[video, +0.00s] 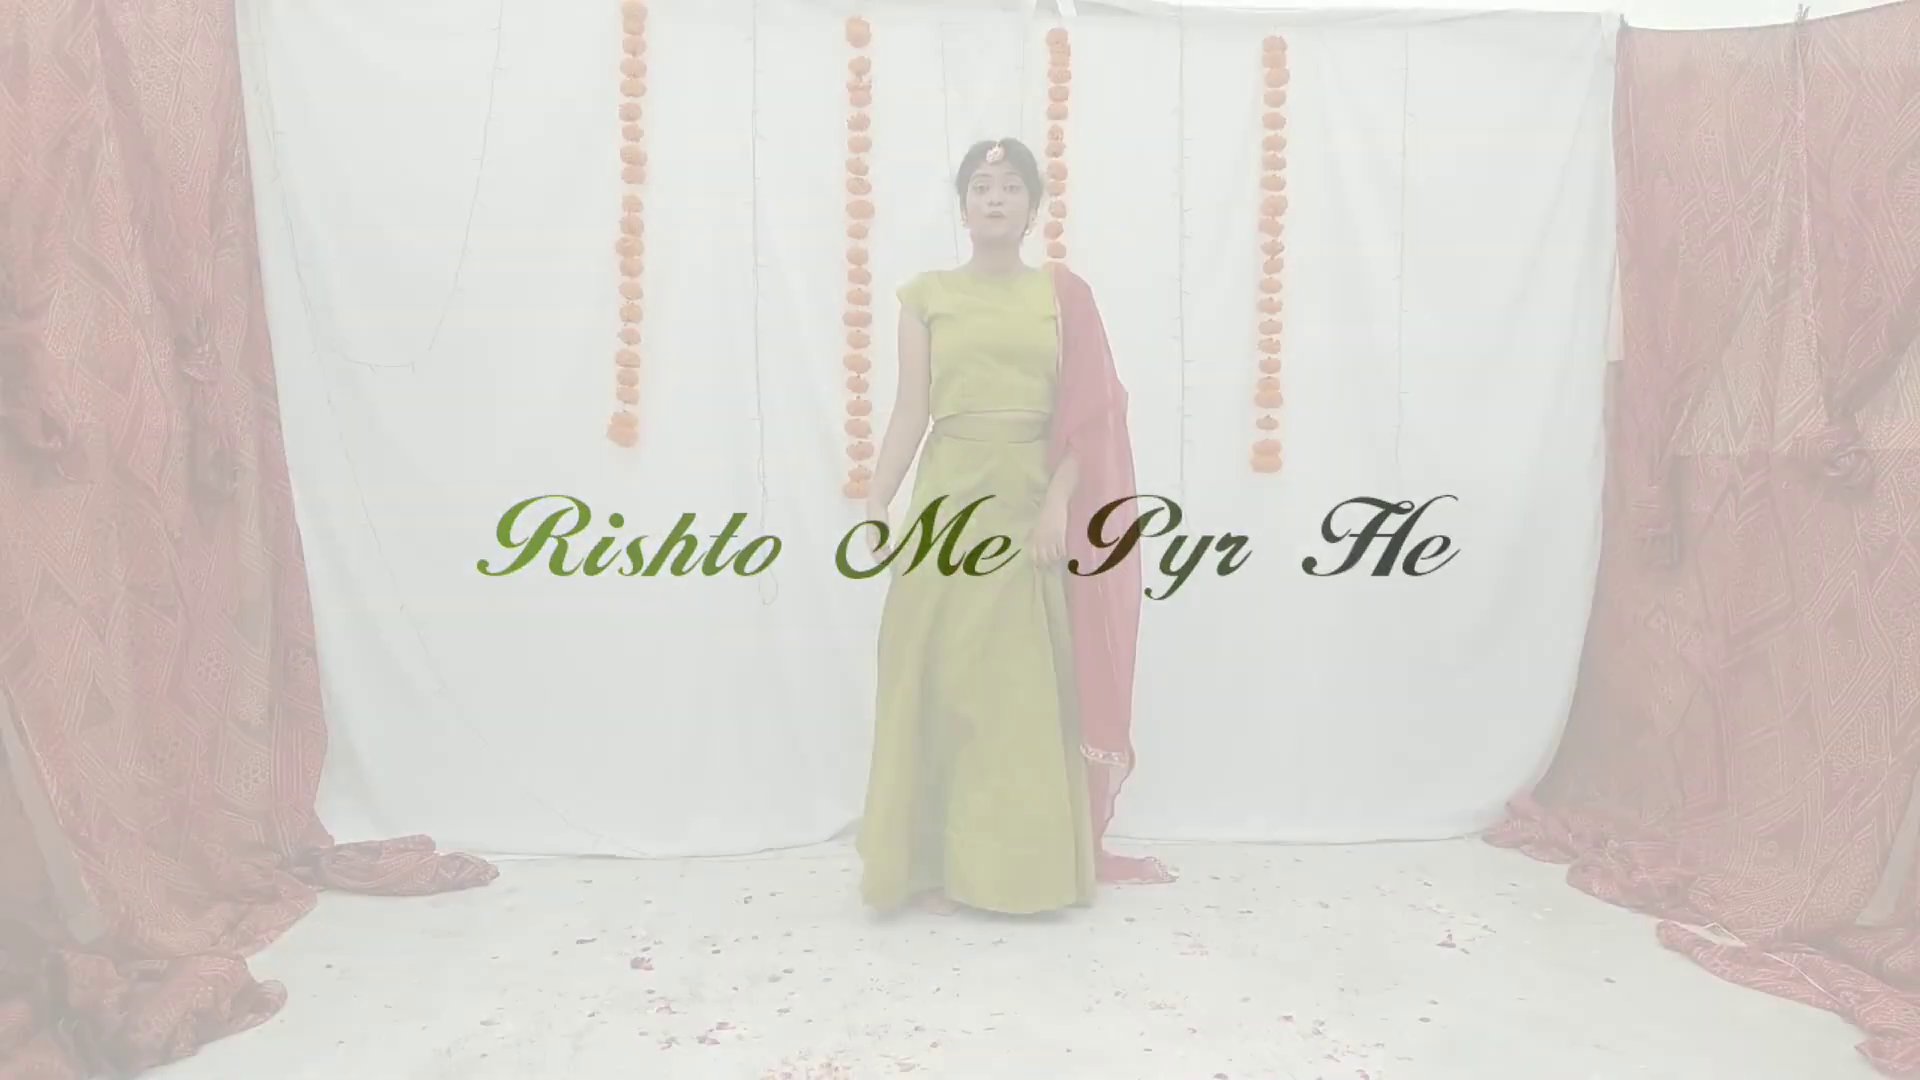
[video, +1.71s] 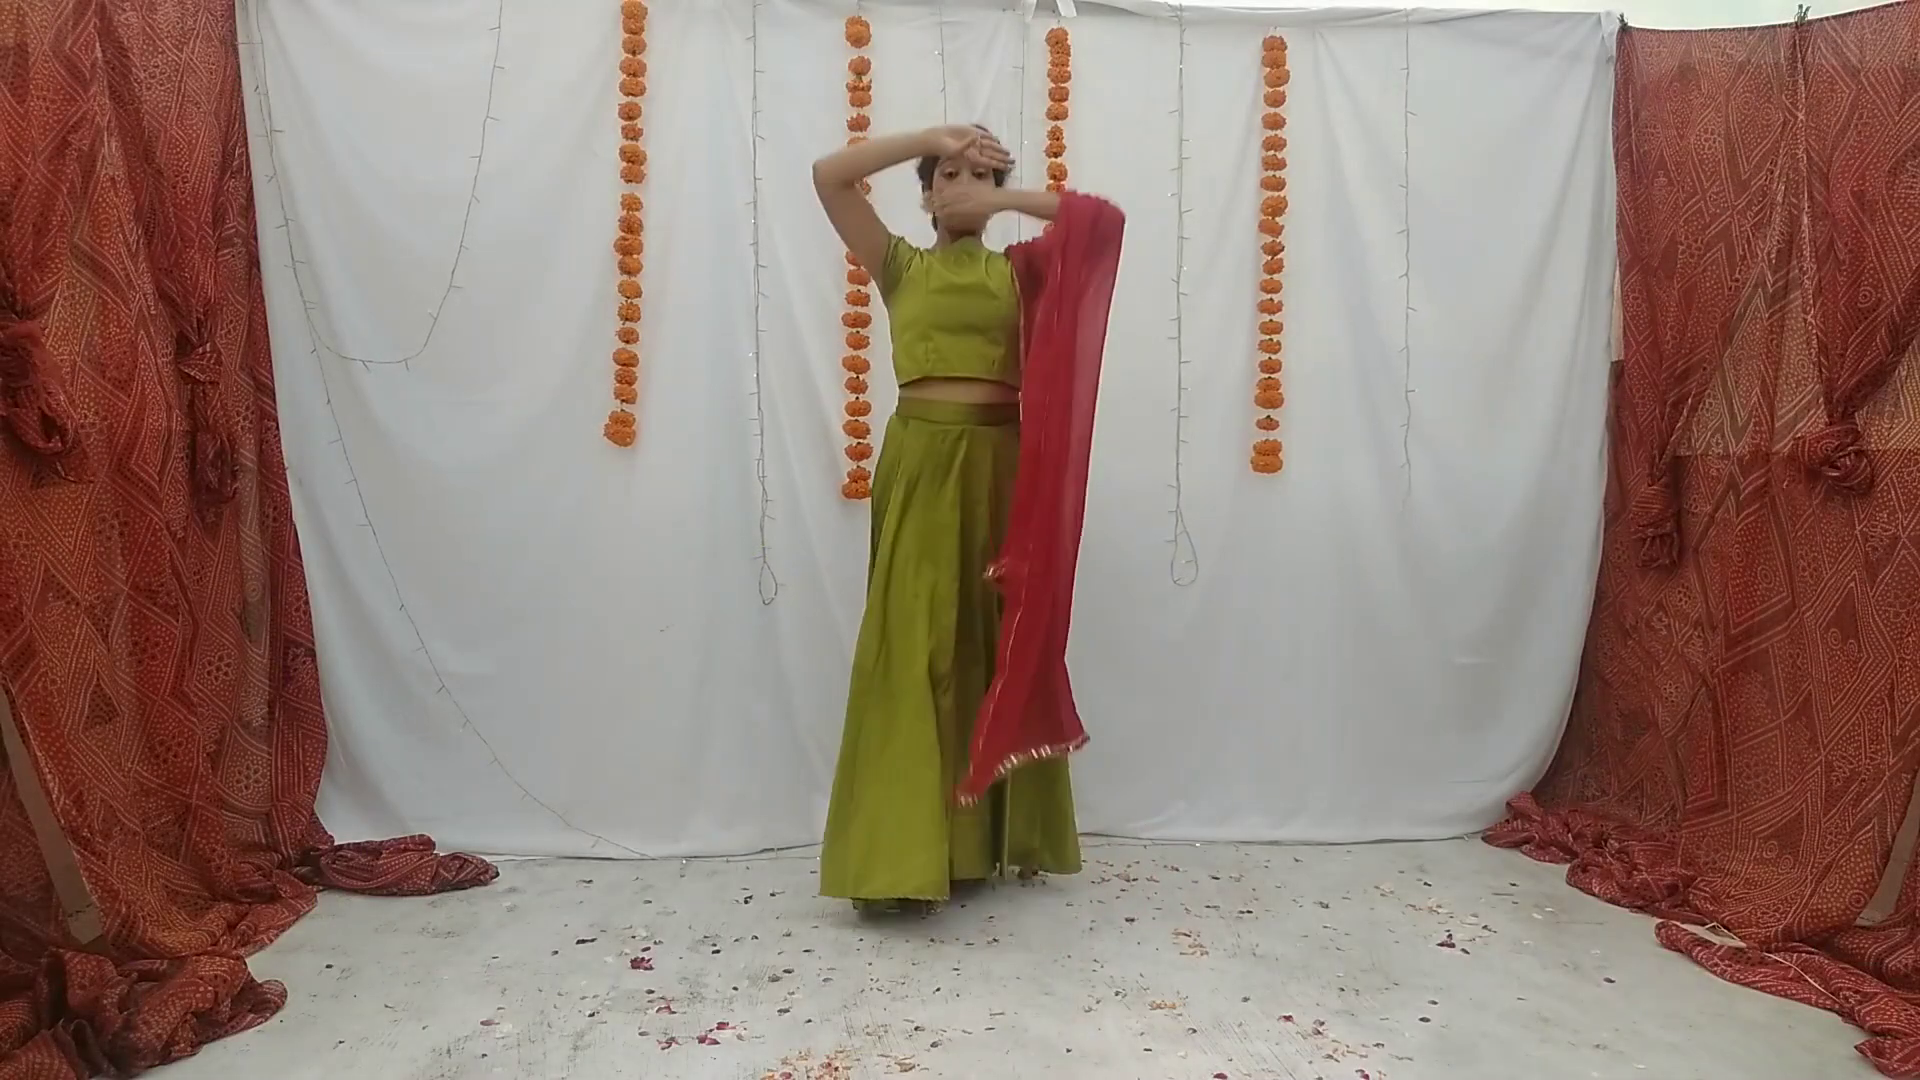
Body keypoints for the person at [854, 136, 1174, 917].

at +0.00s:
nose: (994, 198)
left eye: (1009, 188)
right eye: (981, 188)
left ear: (1034, 204)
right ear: (961, 203)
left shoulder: (1064, 296)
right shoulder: (927, 297)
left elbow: (1086, 416)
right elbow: (911, 409)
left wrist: (1058, 503)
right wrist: (878, 500)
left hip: (1027, 505)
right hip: (943, 501)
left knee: (1020, 680)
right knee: (940, 681)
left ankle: (1016, 865)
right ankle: (938, 862)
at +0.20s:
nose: (996, 236)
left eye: (1012, 224)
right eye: (983, 223)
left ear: (1034, 237)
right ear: (963, 235)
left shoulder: (1060, 328)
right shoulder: (931, 325)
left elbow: (1102, 431)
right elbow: (888, 434)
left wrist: (1059, 494)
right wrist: (830, 523)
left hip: (1021, 519)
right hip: (944, 518)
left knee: (1003, 686)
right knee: (920, 680)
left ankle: (1009, 865)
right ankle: (939, 864)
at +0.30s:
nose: (999, 226)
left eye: (1014, 213)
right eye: (986, 213)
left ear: (1036, 226)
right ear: (965, 225)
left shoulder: (1059, 317)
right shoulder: (931, 309)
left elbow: (1104, 416)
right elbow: (846, 385)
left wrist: (1025, 440)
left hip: (1025, 507)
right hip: (948, 505)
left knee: (1011, 680)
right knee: (932, 674)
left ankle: (1019, 867)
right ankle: (918, 864)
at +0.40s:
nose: (997, 197)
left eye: (1012, 186)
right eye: (983, 185)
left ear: (1034, 201)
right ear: (963, 200)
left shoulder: (1058, 290)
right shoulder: (931, 283)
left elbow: (1105, 367)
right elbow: (814, 311)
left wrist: (1007, 380)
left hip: (1034, 486)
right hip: (950, 486)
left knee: (1028, 667)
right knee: (944, 663)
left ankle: (1030, 861)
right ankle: (933, 863)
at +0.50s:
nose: (993, 189)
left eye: (1007, 177)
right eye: (979, 176)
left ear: (1029, 194)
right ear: (958, 192)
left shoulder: (1052, 278)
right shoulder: (928, 272)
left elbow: (1089, 341)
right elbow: (810, 248)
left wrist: (981, 348)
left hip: (1025, 475)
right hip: (941, 473)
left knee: (1019, 660)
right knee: (937, 658)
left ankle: (1021, 858)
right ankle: (929, 861)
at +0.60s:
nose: (989, 193)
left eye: (1004, 182)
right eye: (975, 183)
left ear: (1028, 199)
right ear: (954, 202)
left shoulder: (1050, 280)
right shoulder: (930, 278)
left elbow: (1068, 337)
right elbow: (838, 239)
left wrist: (955, 342)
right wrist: (920, 208)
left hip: (1023, 480)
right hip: (938, 476)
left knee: (1017, 662)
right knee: (936, 662)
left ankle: (1024, 859)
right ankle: (930, 860)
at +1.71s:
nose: (958, 181)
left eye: (973, 172)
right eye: (945, 172)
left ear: (997, 194)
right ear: (928, 194)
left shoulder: (1026, 273)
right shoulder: (902, 265)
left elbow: (1108, 225)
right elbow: (829, 175)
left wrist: (1008, 192)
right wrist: (929, 139)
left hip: (1006, 460)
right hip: (921, 456)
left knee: (998, 648)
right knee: (914, 652)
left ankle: (984, 846)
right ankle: (902, 863)